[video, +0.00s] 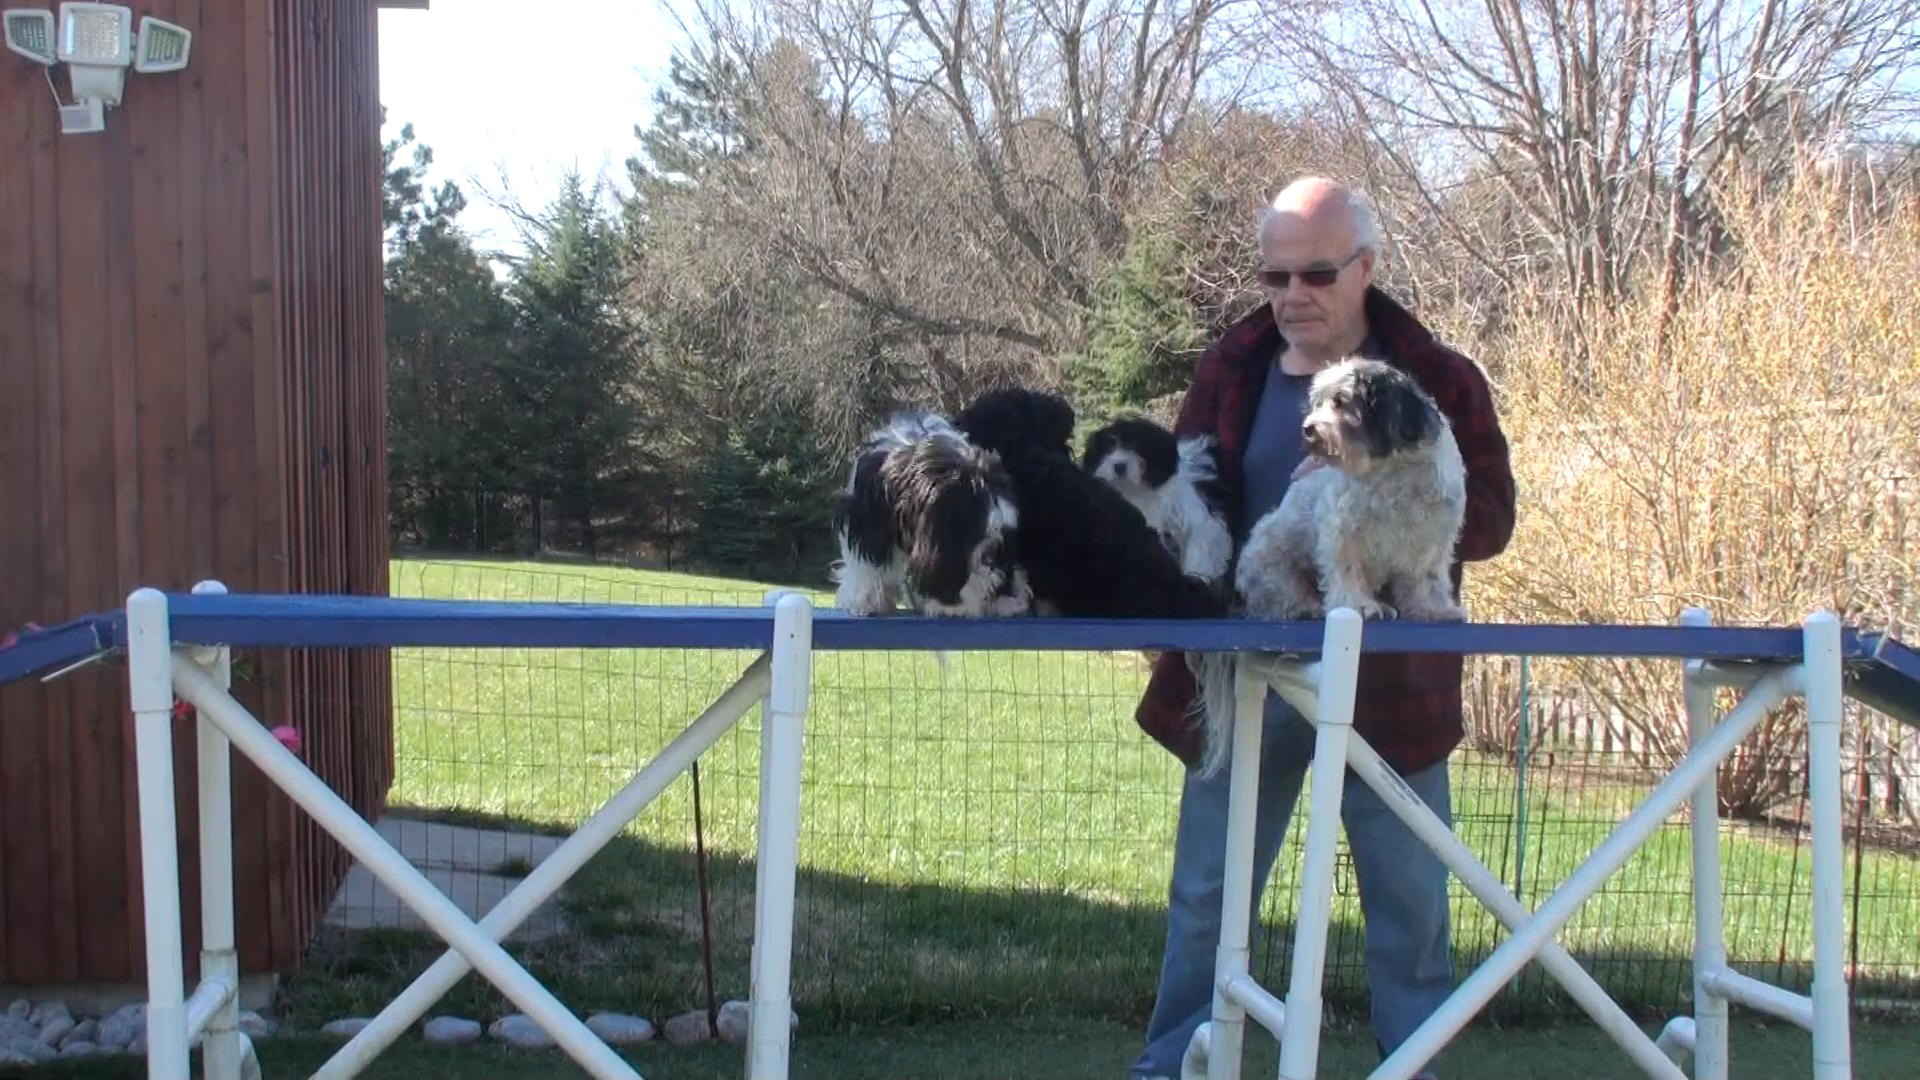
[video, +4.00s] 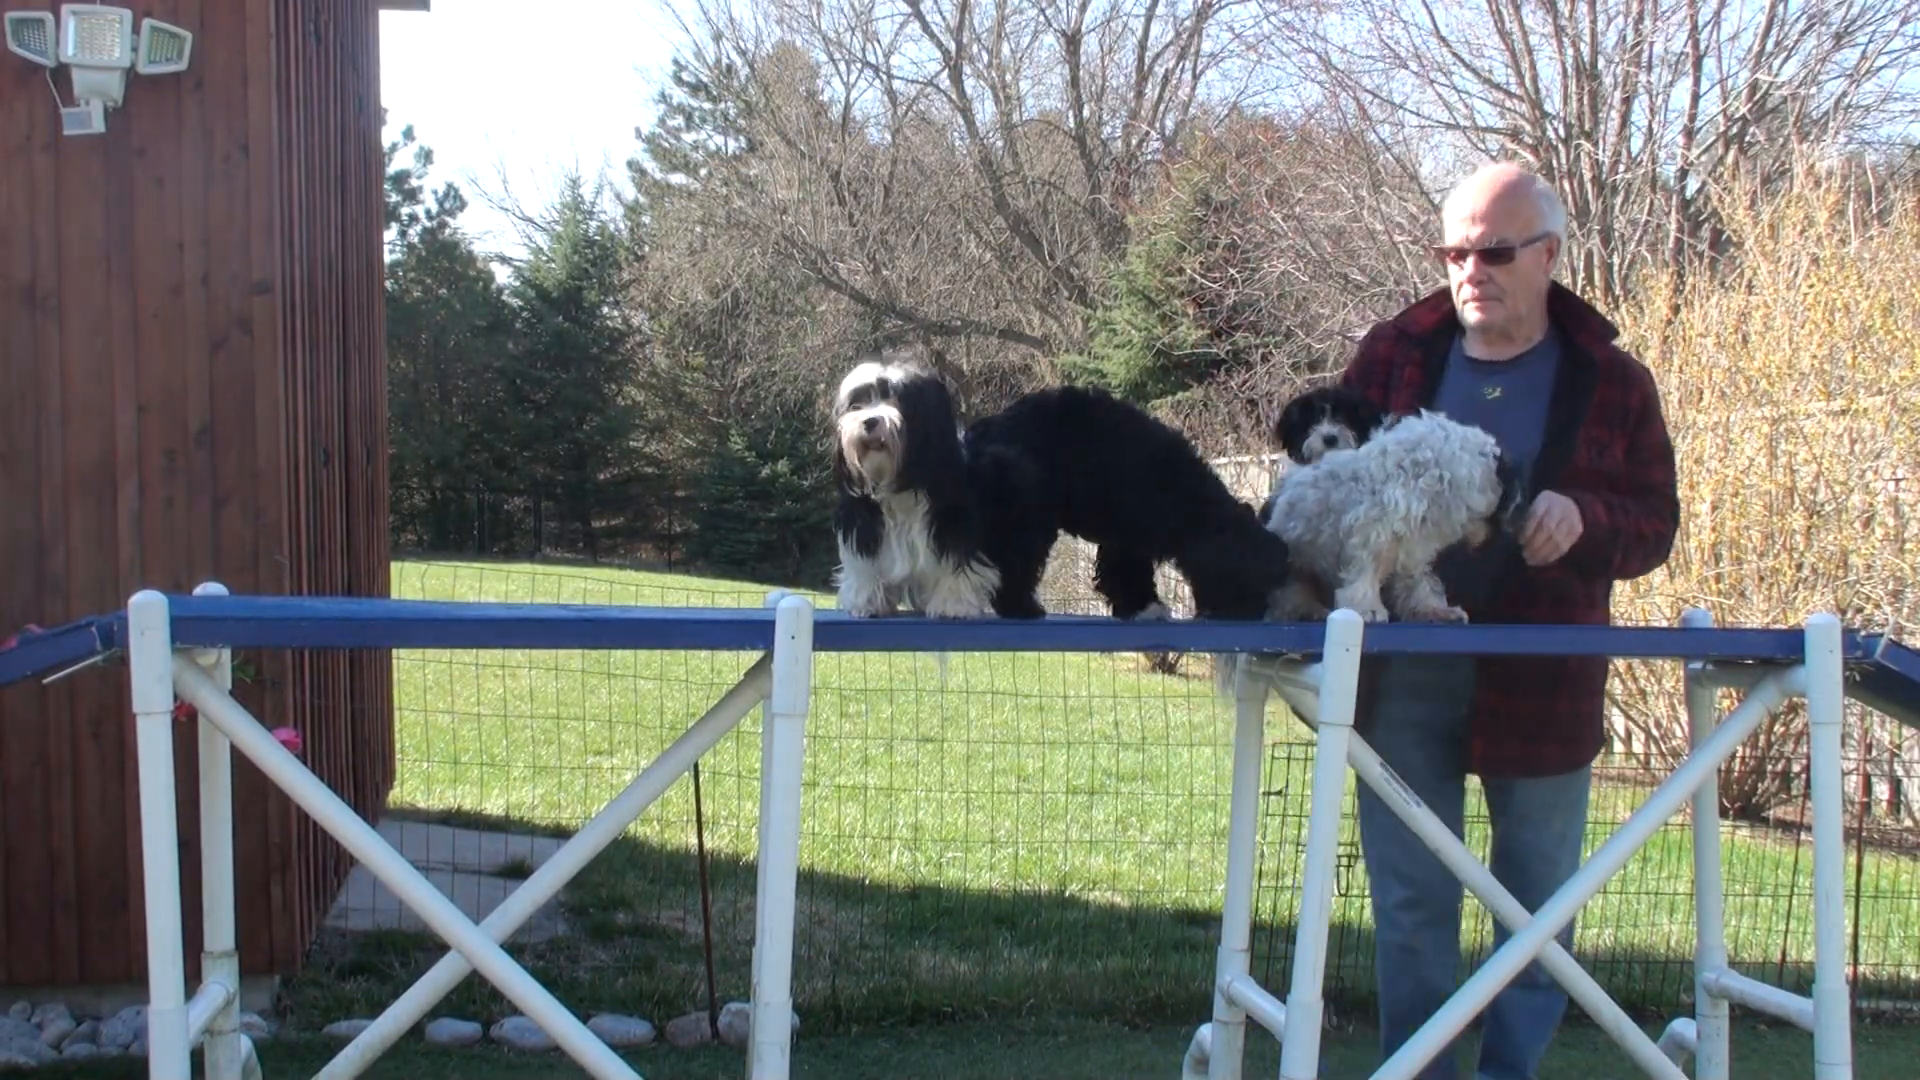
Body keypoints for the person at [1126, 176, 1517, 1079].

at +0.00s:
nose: (1295, 295)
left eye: (1318, 274)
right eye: (1276, 275)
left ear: (1368, 267)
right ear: (1258, 273)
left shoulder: (1440, 380)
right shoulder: (1225, 369)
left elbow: (1491, 518)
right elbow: (1183, 504)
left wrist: (1379, 479)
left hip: (1391, 677)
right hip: (1247, 666)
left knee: (1410, 906)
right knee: (1206, 893)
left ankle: (1412, 1070)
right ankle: (1176, 1064)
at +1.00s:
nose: (1292, 285)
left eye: (1314, 264)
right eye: (1276, 265)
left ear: (1367, 257)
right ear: (1261, 265)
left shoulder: (1446, 365)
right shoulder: (1235, 367)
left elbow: (1504, 496)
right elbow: (1192, 509)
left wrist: (1397, 546)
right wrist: (1195, 623)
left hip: (1407, 670)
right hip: (1271, 668)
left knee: (1415, 895)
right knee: (1271, 885)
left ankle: (1417, 1062)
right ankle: (1269, 1059)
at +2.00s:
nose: (1403, 273)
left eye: (1428, 255)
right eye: (1390, 255)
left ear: (1484, 257)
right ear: (1375, 258)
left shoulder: (1557, 378)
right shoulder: (1344, 362)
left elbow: (1600, 524)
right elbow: (1290, 498)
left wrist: (1465, 488)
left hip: (1496, 677)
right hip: (1352, 667)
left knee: (1500, 919)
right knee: (1320, 903)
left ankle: (1485, 1067)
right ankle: (1298, 1064)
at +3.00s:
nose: (1375, 255)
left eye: (1398, 238)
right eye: (1357, 241)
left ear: (1442, 250)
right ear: (1338, 257)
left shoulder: (1513, 370)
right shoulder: (1292, 367)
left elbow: (1562, 509)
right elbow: (1239, 501)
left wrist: (1444, 480)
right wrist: (1312, 517)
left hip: (1469, 674)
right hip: (1325, 671)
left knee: (1487, 911)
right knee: (1334, 912)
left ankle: (1486, 1062)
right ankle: (1336, 1070)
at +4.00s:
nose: (1474, 270)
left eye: (1500, 252)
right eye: (1459, 252)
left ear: (1554, 254)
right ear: (1442, 256)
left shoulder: (1614, 381)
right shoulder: (1391, 357)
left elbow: (1652, 527)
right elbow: (1323, 481)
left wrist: (1582, 518)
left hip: (1544, 677)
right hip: (1405, 667)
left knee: (1538, 913)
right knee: (1410, 906)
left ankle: (1511, 1064)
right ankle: (1414, 1069)